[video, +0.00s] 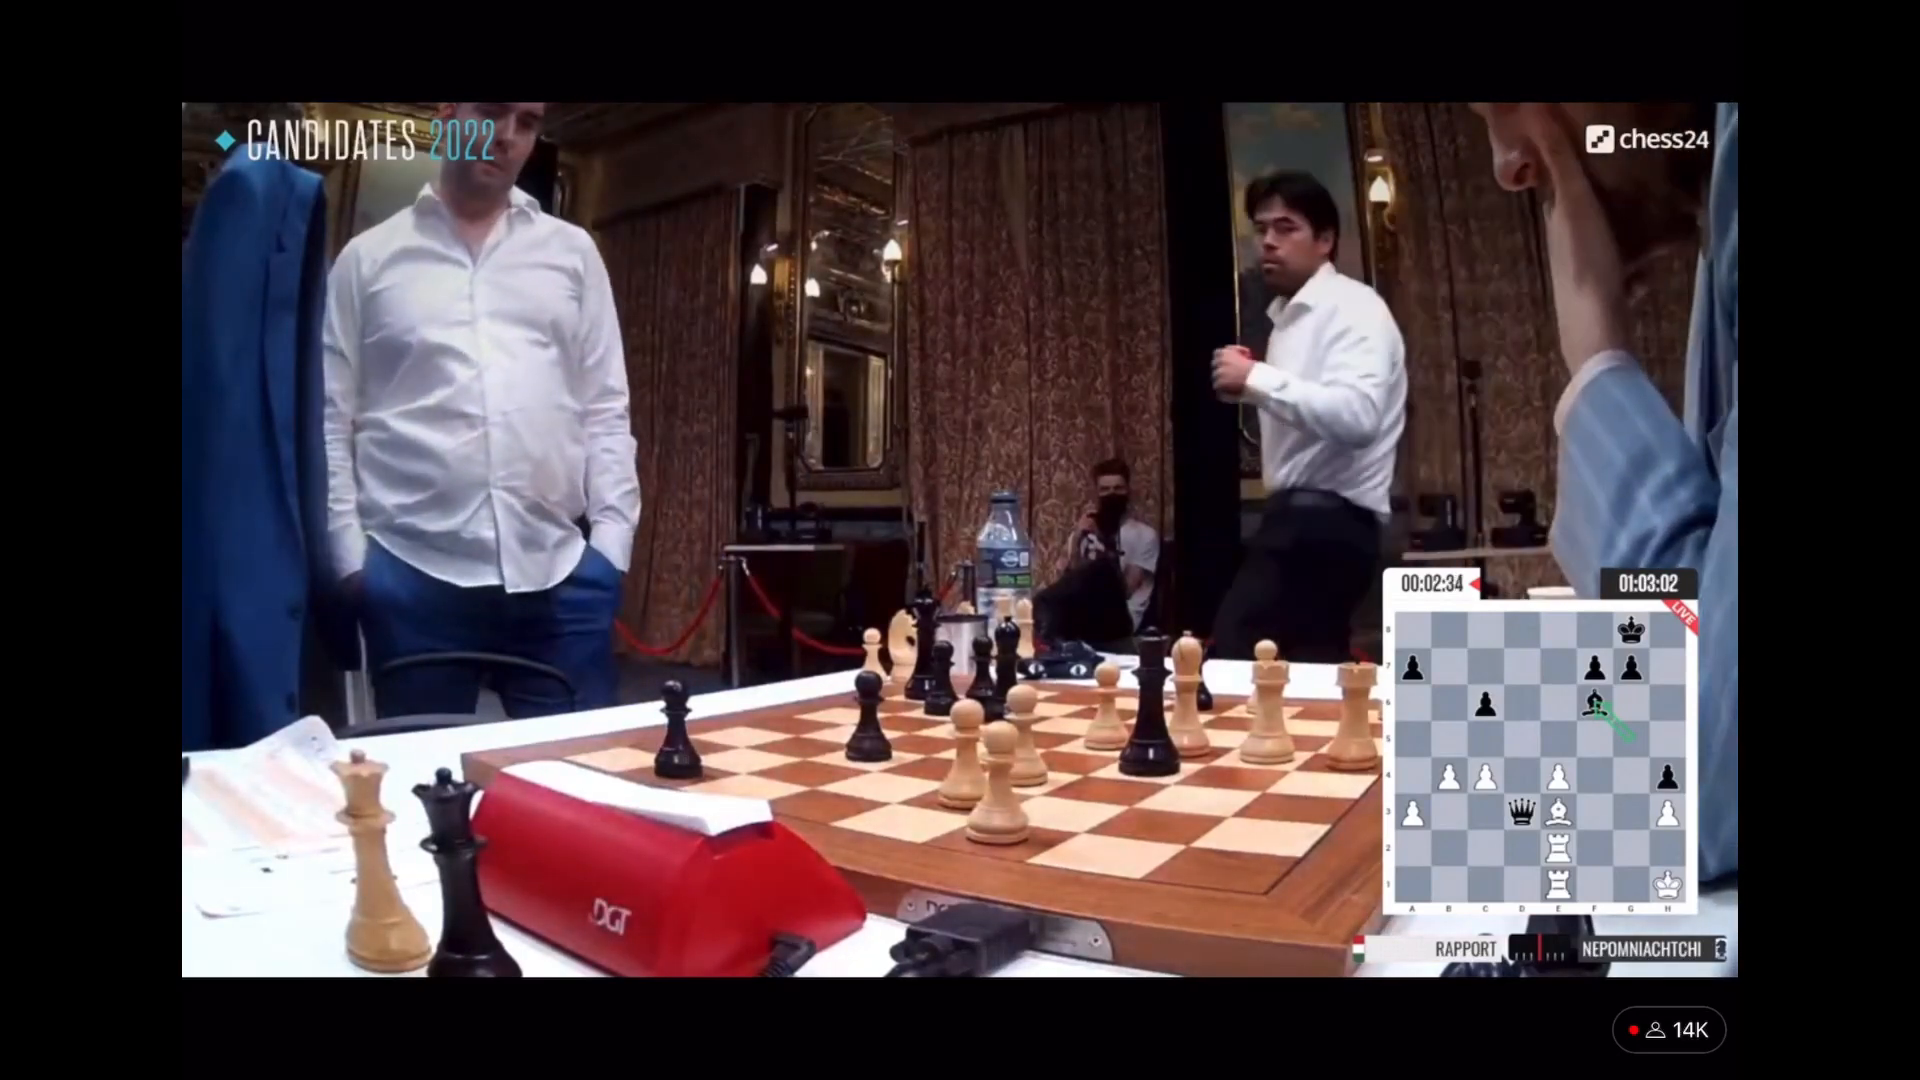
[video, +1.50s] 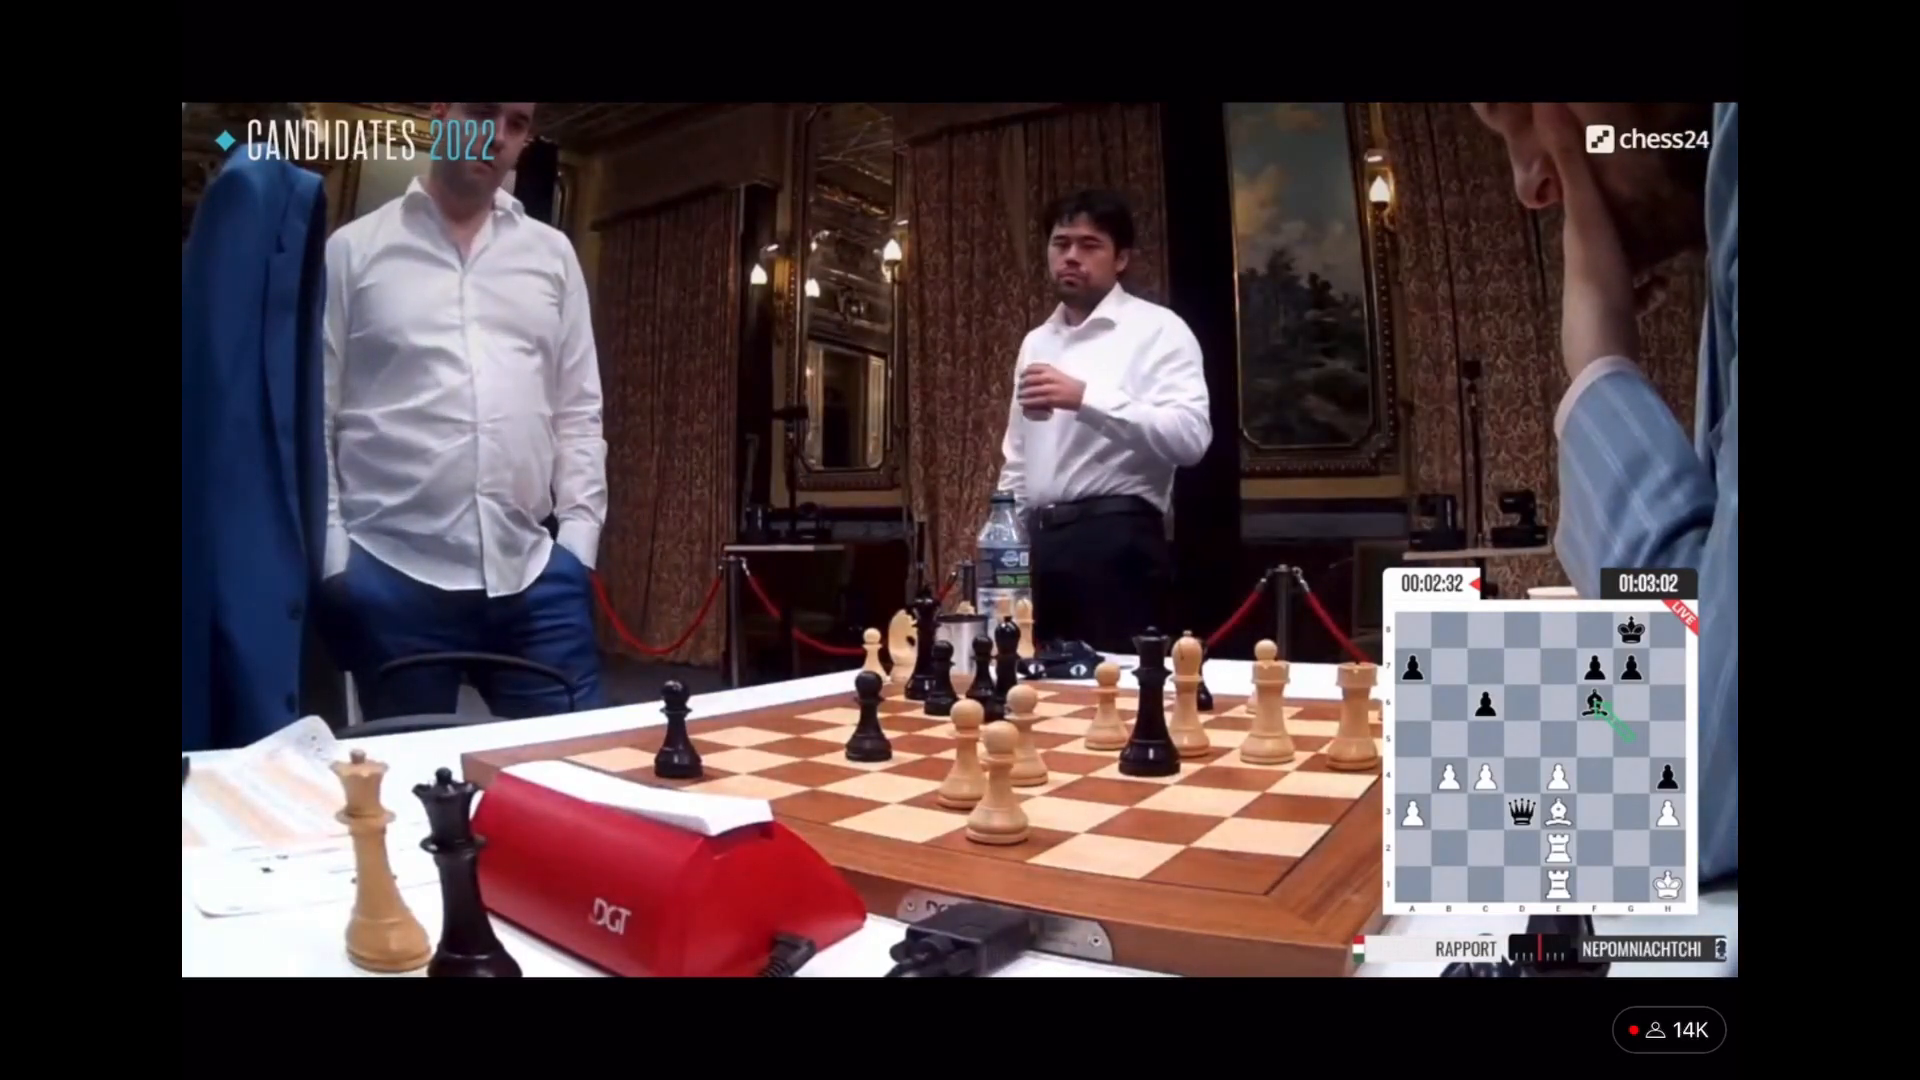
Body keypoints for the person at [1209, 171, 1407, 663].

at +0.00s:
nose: (1268, 243)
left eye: (1286, 229)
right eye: (1262, 230)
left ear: (1325, 241)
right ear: (1255, 237)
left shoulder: (1359, 310)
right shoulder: (1290, 319)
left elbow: (1358, 416)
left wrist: (1257, 379)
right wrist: (1254, 377)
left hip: (1331, 523)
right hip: (1294, 517)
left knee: (1234, 661)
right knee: (1312, 671)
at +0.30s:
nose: (1172, 257)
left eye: (1191, 244)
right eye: (1167, 243)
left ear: (1232, 258)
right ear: (1158, 250)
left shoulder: (1249, 324)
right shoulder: (1202, 325)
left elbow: (1249, 433)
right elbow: (1212, 420)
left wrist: (1149, 391)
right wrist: (1153, 388)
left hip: (1215, 539)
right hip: (1184, 531)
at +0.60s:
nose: (1123, 253)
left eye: (1142, 240)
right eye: (1116, 240)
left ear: (1180, 255)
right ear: (1106, 247)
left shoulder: (1204, 325)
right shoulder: (1143, 327)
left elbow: (1188, 429)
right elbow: (1136, 446)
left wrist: (1092, 381)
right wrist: (1098, 513)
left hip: (1162, 537)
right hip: (1120, 531)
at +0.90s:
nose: (1102, 253)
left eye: (1121, 242)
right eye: (1093, 239)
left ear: (1154, 260)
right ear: (1080, 249)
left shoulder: (1187, 327)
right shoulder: (1076, 339)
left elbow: (1196, 433)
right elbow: (1053, 456)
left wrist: (1090, 387)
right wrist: (1039, 543)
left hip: (1140, 530)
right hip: (1069, 530)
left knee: (1139, 688)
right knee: (1068, 688)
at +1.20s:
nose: (1081, 256)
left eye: (1100, 244)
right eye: (1072, 242)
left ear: (1131, 259)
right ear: (1058, 251)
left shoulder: (1170, 330)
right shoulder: (1042, 341)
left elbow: (1198, 437)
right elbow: (1019, 457)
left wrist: (1091, 395)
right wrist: (1016, 542)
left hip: (1126, 532)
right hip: (1050, 534)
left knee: (1131, 689)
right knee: (1057, 689)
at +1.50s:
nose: (1071, 258)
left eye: (1089, 246)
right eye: (1061, 244)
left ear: (1121, 259)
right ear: (1048, 253)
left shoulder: (1161, 330)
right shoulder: (1036, 343)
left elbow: (1190, 437)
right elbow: (1017, 460)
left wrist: (1084, 395)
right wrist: (1000, 546)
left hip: (1120, 534)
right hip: (1044, 536)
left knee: (1124, 691)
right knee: (1050, 693)